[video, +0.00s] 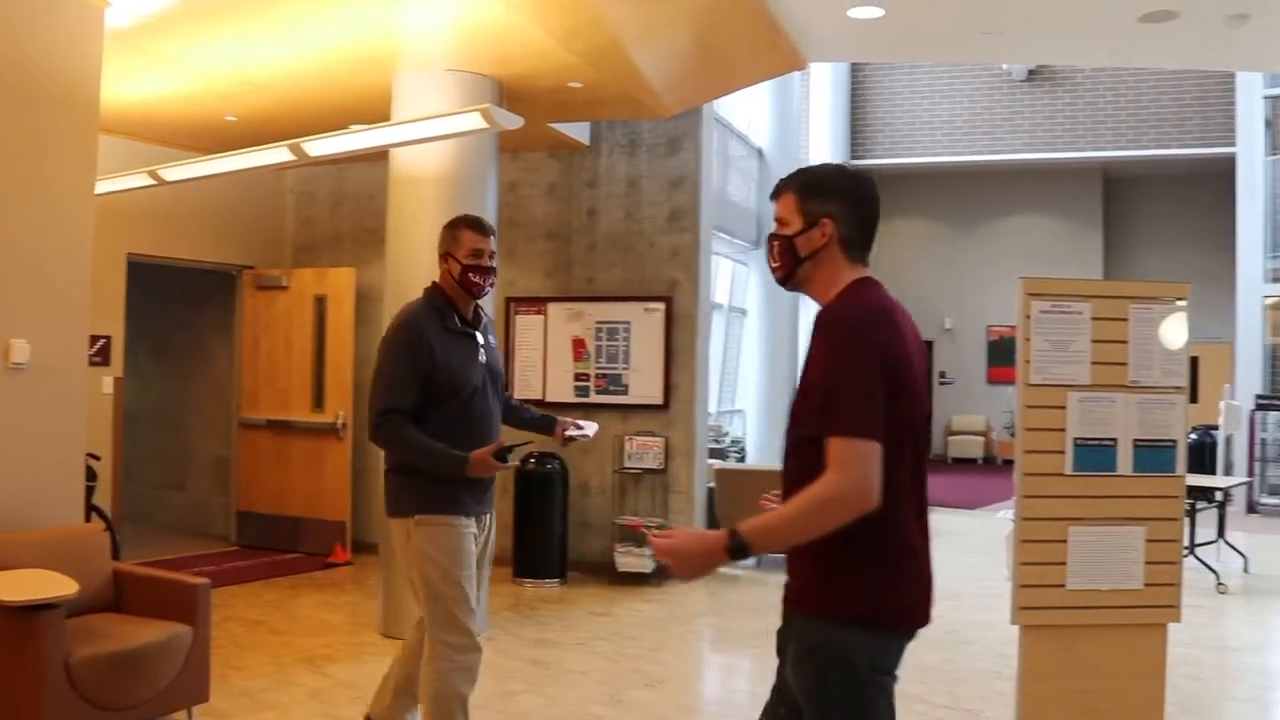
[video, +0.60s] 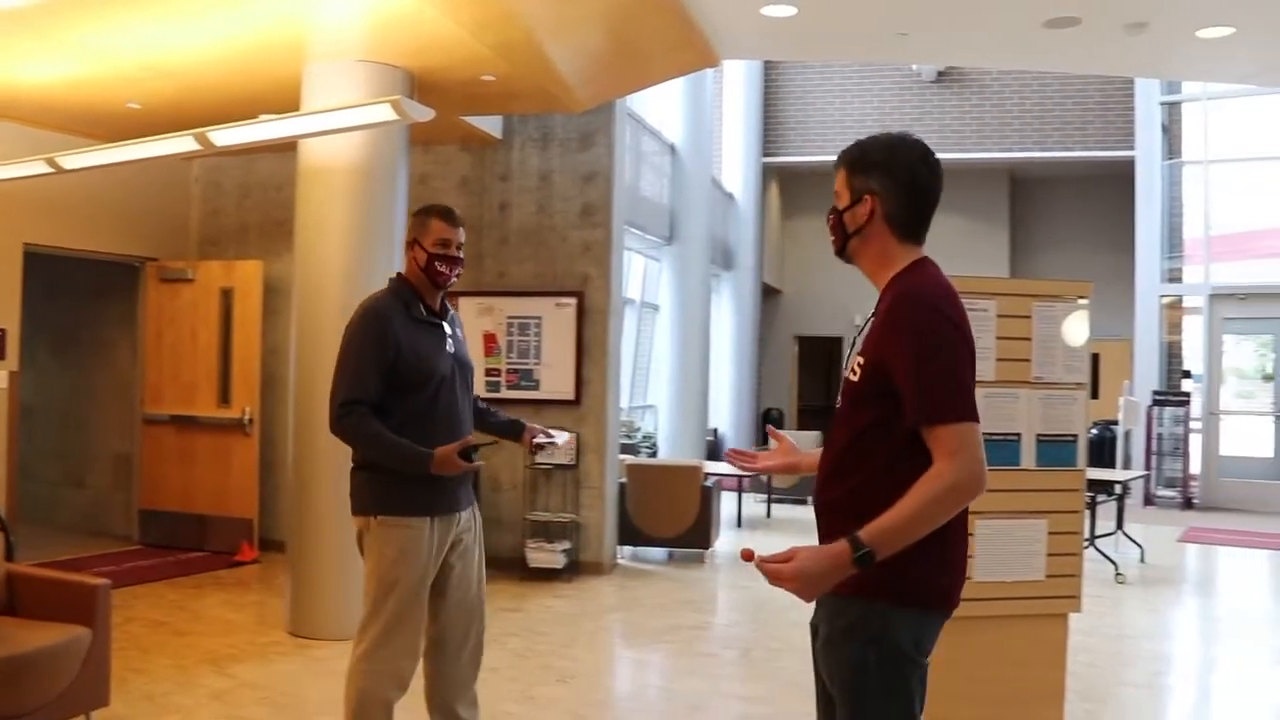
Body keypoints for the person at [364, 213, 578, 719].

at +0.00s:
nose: (485, 268)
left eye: (490, 259)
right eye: (474, 258)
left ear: (494, 264)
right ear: (444, 260)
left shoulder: (479, 326)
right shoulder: (414, 325)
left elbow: (494, 404)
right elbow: (384, 425)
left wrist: (549, 425)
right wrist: (462, 462)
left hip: (476, 503)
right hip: (431, 508)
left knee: (440, 633)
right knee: (459, 643)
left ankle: (385, 713)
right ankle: (446, 717)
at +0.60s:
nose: (451, 260)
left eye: (458, 252)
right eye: (440, 249)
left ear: (463, 257)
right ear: (411, 249)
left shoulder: (448, 319)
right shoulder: (377, 317)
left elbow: (462, 405)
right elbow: (346, 416)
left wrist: (519, 430)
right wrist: (426, 459)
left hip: (460, 510)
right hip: (399, 515)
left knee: (459, 651)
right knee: (386, 657)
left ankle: (457, 718)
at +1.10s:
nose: (436, 256)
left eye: (442, 249)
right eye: (426, 246)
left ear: (444, 256)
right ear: (395, 247)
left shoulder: (426, 321)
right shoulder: (357, 310)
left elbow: (443, 413)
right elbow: (326, 402)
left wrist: (512, 440)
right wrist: (404, 439)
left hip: (426, 501)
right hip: (375, 500)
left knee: (406, 634)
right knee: (374, 633)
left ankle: (383, 713)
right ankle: (326, 717)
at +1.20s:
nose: (430, 257)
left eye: (435, 250)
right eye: (421, 246)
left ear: (436, 256)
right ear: (390, 246)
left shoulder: (415, 320)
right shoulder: (348, 308)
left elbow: (433, 414)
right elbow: (313, 398)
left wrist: (501, 443)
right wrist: (392, 438)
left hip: (412, 499)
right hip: (361, 498)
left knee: (392, 633)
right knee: (370, 630)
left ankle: (369, 712)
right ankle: (324, 717)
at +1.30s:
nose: (424, 255)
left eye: (429, 248)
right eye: (414, 245)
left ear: (429, 254)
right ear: (383, 245)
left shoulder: (403, 318)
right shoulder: (340, 305)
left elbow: (418, 414)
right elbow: (299, 394)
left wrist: (485, 447)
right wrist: (378, 437)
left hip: (397, 499)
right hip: (349, 497)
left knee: (375, 631)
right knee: (360, 633)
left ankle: (354, 713)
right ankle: (332, 716)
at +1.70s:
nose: (389, 252)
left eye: (393, 243)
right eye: (379, 241)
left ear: (391, 248)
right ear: (344, 239)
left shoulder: (364, 312)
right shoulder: (304, 302)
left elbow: (372, 414)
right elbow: (269, 402)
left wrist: (402, 494)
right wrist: (348, 453)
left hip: (346, 496)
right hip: (308, 497)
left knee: (298, 633)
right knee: (331, 643)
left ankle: (289, 716)